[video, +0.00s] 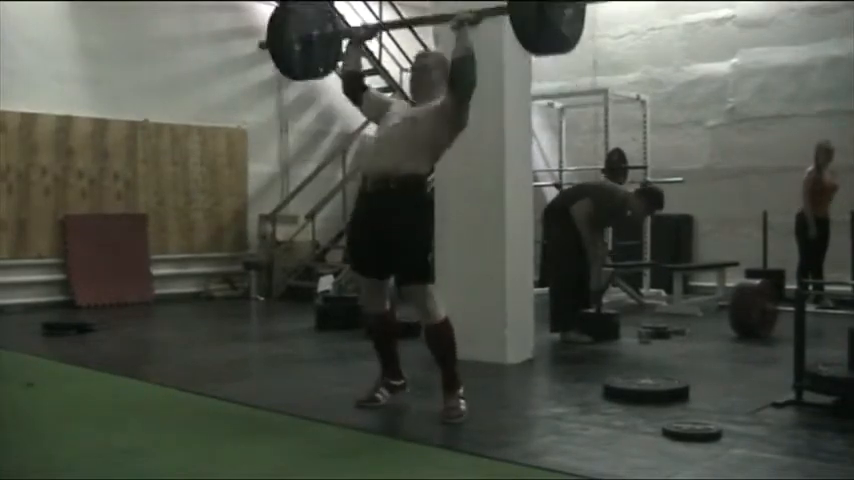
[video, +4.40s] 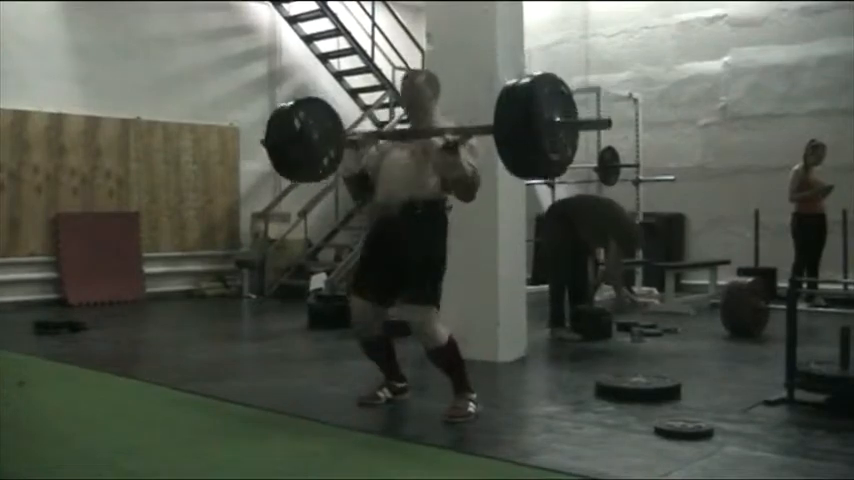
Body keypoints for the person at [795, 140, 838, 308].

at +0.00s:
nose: (827, 159)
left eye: (829, 155)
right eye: (825, 155)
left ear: (830, 157)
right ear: (818, 155)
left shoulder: (827, 174)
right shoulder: (812, 174)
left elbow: (824, 200)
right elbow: (807, 201)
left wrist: (832, 190)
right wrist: (811, 224)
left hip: (821, 220)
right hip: (808, 219)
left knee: (818, 259)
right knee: (806, 258)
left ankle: (819, 294)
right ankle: (802, 293)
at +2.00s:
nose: (814, 158)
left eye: (817, 155)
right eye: (812, 154)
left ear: (820, 156)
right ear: (806, 155)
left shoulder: (819, 173)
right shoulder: (801, 173)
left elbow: (818, 196)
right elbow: (795, 200)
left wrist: (823, 187)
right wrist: (805, 218)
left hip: (814, 219)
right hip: (799, 219)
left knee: (810, 259)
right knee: (798, 258)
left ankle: (811, 294)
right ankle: (794, 293)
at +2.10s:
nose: (814, 158)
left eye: (816, 155)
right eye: (812, 154)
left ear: (819, 156)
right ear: (806, 154)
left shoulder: (819, 173)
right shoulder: (801, 173)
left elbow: (818, 195)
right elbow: (794, 196)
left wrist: (823, 187)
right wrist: (801, 212)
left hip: (815, 219)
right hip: (800, 219)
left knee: (811, 259)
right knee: (799, 258)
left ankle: (812, 294)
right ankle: (794, 293)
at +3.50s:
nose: (817, 161)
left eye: (819, 157)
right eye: (814, 157)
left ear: (820, 158)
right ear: (806, 156)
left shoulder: (819, 174)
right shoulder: (797, 174)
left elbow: (820, 198)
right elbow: (791, 199)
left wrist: (824, 191)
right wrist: (814, 191)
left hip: (818, 219)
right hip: (802, 218)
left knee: (812, 260)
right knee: (800, 258)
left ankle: (812, 295)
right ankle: (793, 294)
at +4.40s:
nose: (820, 159)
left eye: (822, 155)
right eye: (818, 154)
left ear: (822, 156)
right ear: (809, 153)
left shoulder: (813, 173)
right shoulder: (798, 171)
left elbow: (811, 197)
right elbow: (792, 196)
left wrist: (823, 192)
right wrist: (815, 192)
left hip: (817, 217)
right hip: (802, 218)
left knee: (814, 258)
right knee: (801, 257)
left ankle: (812, 294)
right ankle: (794, 292)